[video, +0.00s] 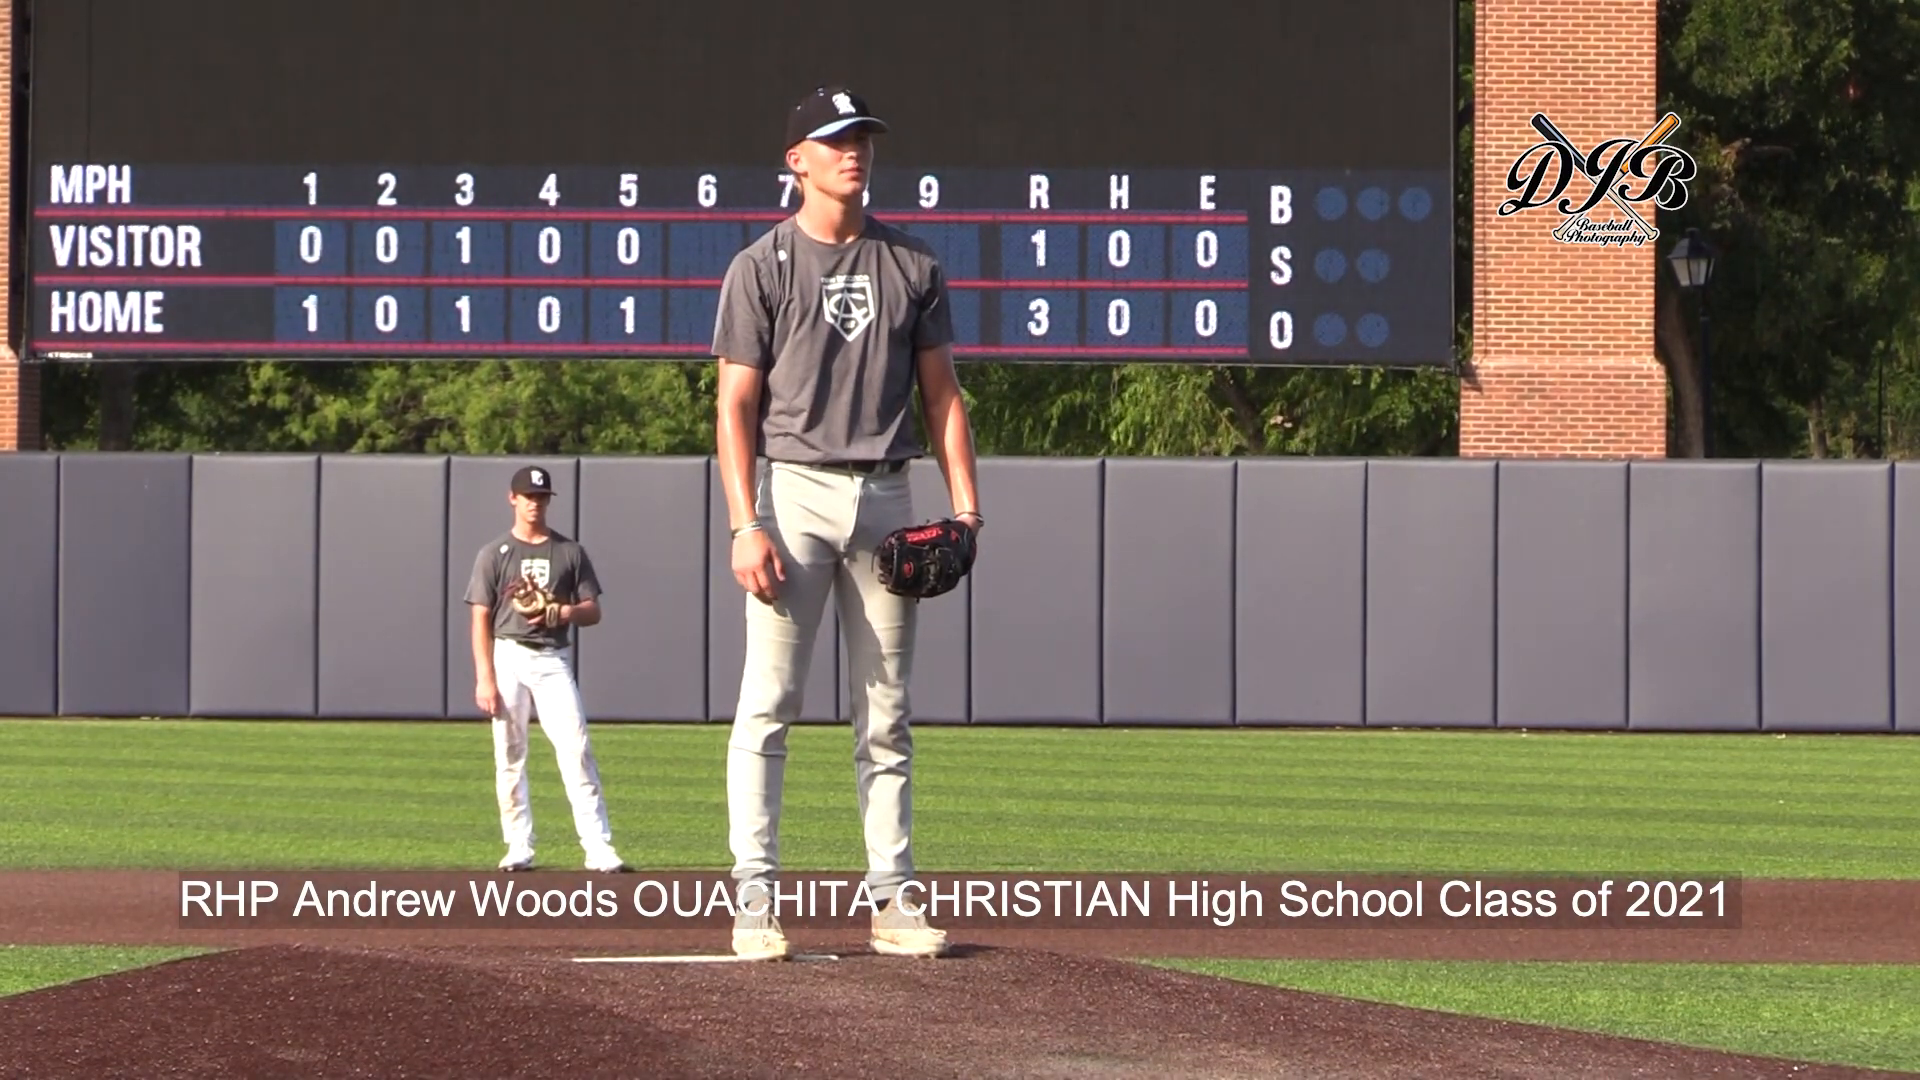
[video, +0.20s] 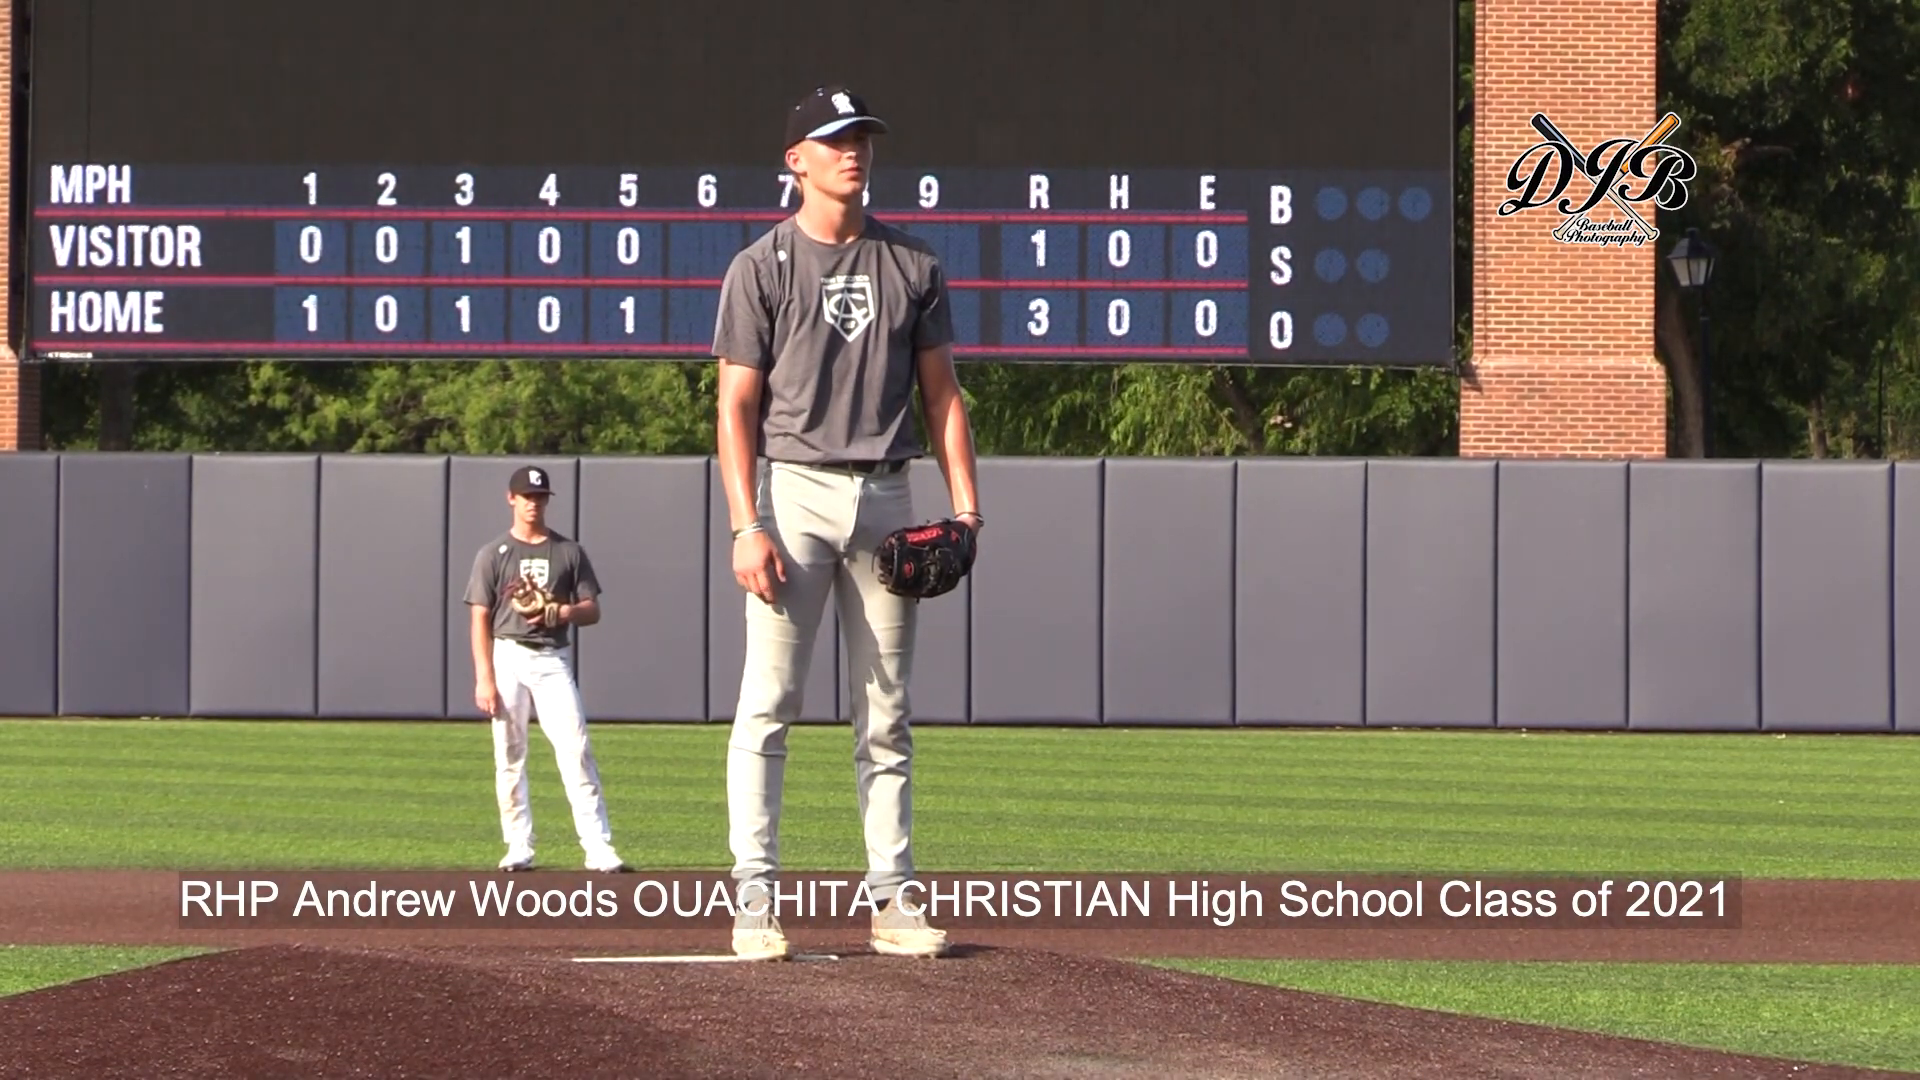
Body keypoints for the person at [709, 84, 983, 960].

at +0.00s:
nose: (853, 157)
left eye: (860, 143)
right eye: (836, 145)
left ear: (871, 157)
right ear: (798, 160)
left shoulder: (913, 268)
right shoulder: (758, 269)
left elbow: (944, 395)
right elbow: (733, 407)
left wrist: (965, 509)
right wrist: (744, 523)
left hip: (888, 496)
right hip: (792, 493)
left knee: (887, 712)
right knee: (769, 704)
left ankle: (893, 897)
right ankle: (756, 895)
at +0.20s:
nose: (853, 157)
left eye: (861, 143)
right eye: (836, 145)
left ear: (871, 157)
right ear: (798, 160)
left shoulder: (912, 267)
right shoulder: (759, 269)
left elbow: (944, 395)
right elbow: (733, 408)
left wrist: (965, 510)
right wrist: (745, 524)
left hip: (888, 496)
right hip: (792, 493)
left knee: (887, 711)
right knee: (769, 704)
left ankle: (893, 897)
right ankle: (755, 895)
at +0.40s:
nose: (853, 159)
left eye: (861, 145)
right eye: (836, 146)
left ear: (872, 158)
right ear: (798, 160)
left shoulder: (912, 267)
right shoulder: (759, 269)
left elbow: (943, 394)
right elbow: (733, 408)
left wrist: (966, 509)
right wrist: (745, 524)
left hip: (888, 496)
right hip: (792, 493)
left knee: (887, 711)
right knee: (769, 704)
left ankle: (893, 897)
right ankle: (755, 895)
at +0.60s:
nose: (853, 159)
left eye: (861, 146)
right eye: (836, 147)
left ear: (871, 159)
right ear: (798, 161)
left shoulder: (912, 267)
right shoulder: (759, 268)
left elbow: (944, 394)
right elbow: (733, 408)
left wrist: (965, 509)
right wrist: (745, 525)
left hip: (888, 497)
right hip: (792, 493)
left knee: (887, 712)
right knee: (769, 704)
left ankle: (893, 897)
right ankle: (755, 896)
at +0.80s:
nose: (853, 159)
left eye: (861, 145)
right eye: (837, 147)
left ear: (871, 158)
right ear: (798, 160)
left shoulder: (912, 266)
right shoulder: (759, 266)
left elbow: (943, 391)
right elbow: (732, 405)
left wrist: (965, 504)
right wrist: (745, 523)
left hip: (888, 496)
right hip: (792, 492)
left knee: (887, 711)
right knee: (769, 703)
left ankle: (893, 898)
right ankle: (756, 895)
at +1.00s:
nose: (852, 158)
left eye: (860, 145)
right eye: (835, 146)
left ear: (870, 156)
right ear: (797, 159)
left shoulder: (913, 263)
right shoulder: (760, 261)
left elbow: (943, 390)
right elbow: (730, 400)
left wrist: (964, 502)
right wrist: (750, 519)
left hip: (889, 497)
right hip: (792, 493)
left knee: (886, 711)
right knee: (769, 704)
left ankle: (892, 899)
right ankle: (755, 894)